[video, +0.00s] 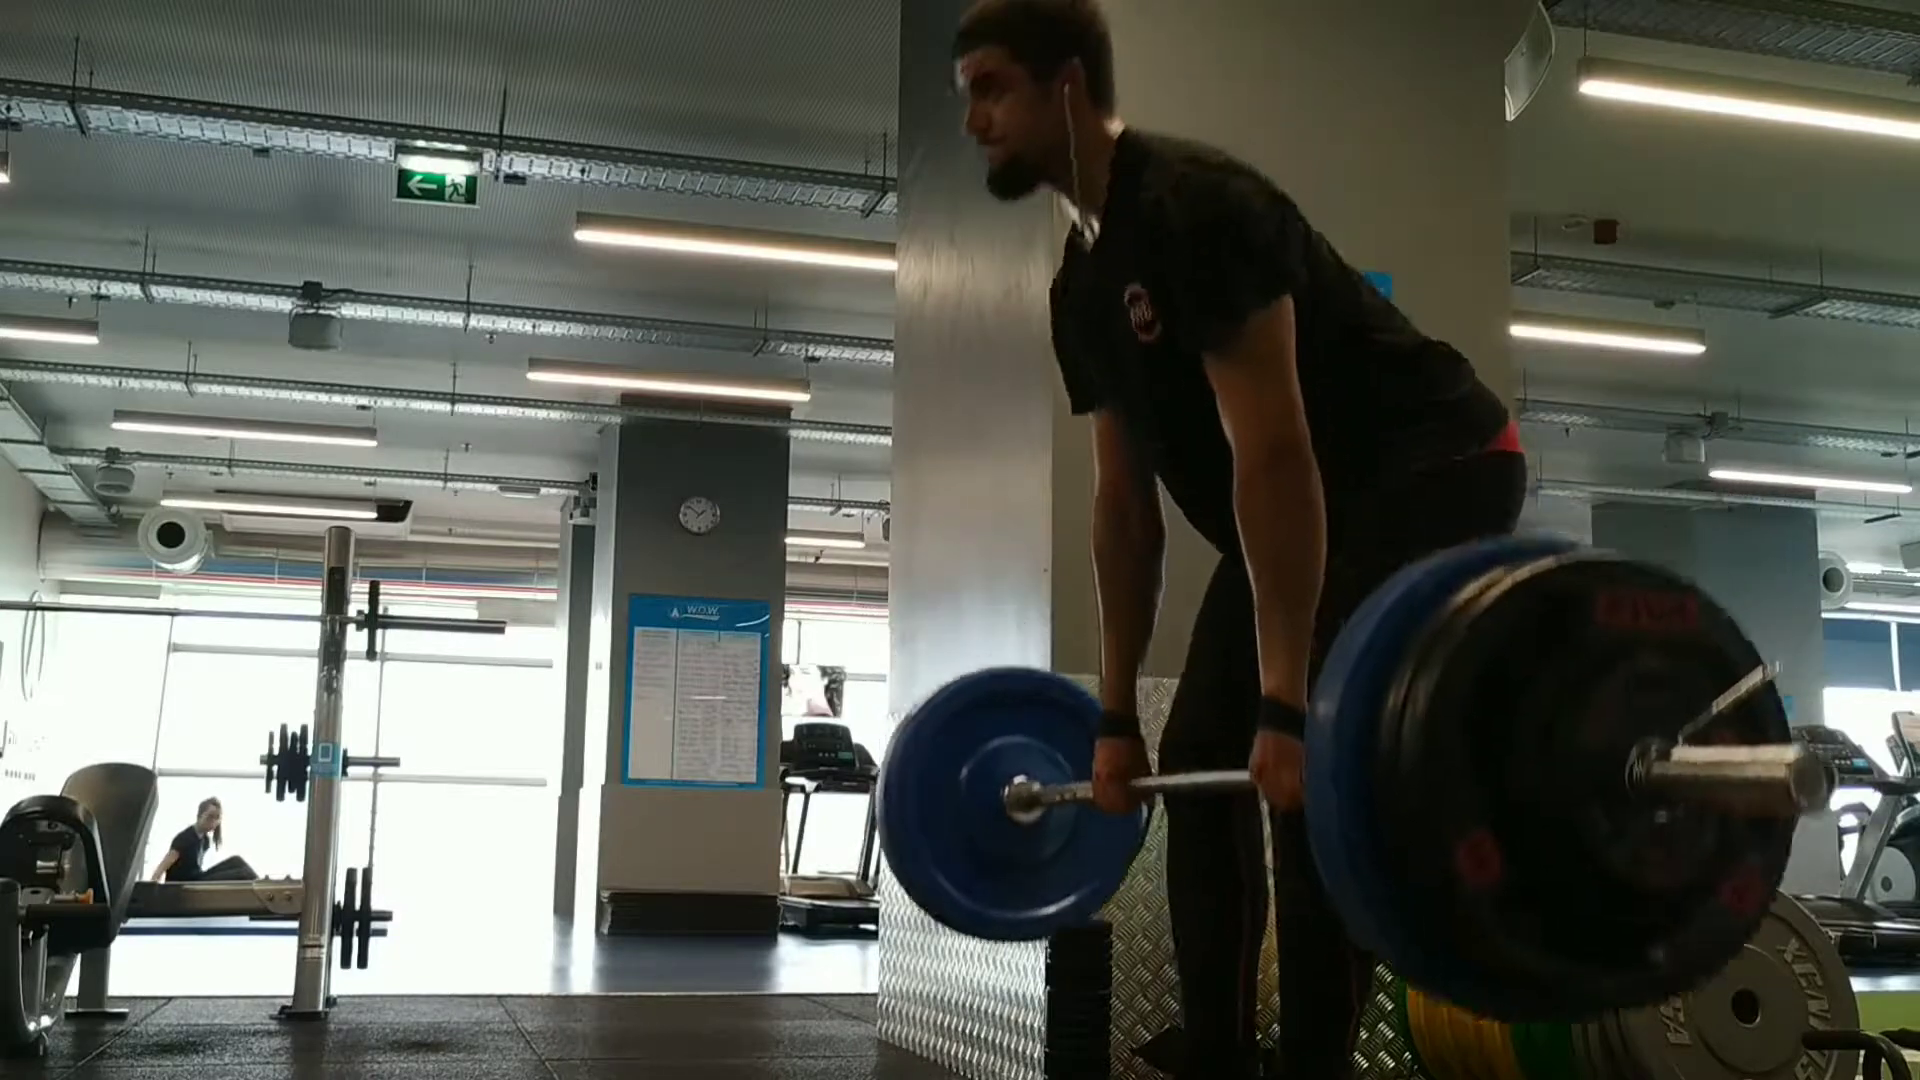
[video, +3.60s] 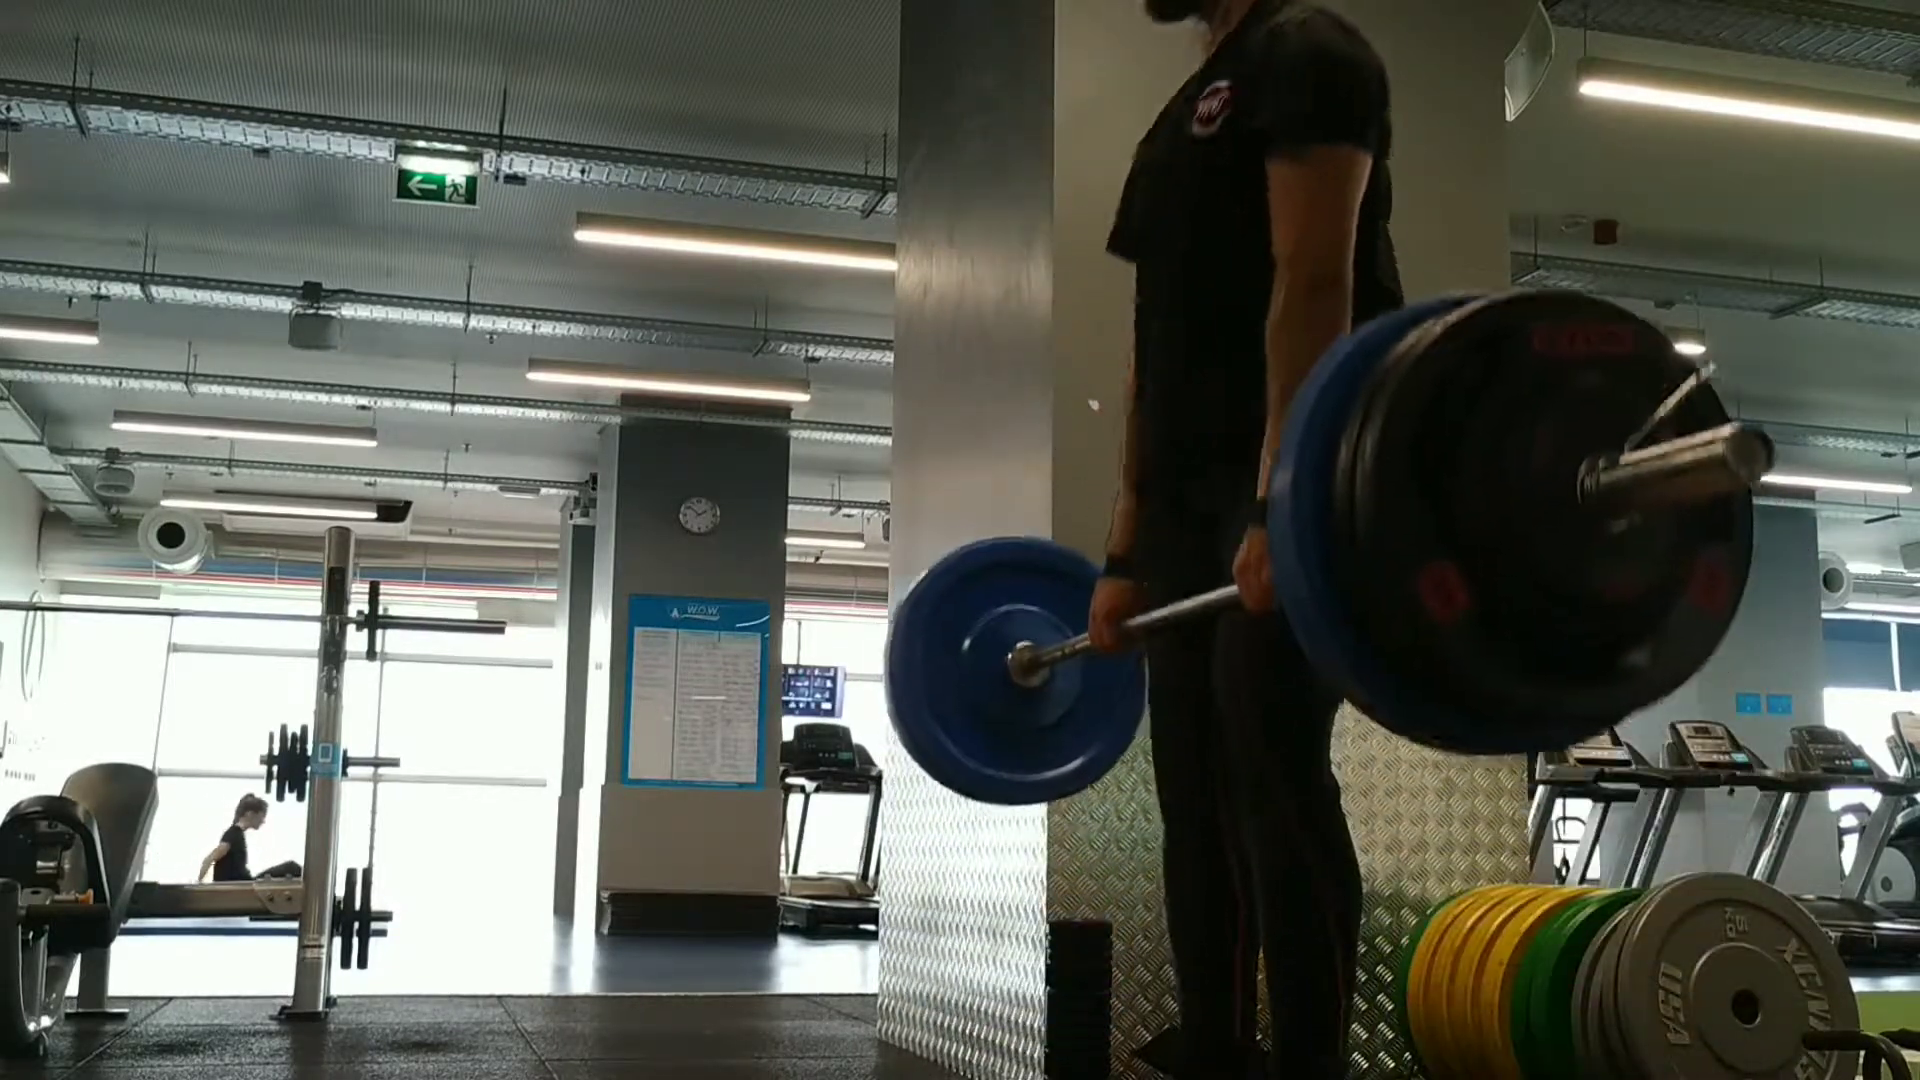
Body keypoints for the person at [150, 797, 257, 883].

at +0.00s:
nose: (213, 821)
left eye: (217, 818)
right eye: (210, 816)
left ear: (220, 821)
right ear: (200, 815)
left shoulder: (204, 839)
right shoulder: (186, 838)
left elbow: (193, 863)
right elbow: (163, 866)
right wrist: (151, 887)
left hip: (196, 879)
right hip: (184, 885)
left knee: (236, 861)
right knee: (240, 872)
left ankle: (259, 885)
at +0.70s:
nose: (212, 817)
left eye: (213, 813)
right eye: (209, 812)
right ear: (195, 812)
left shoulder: (194, 835)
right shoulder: (185, 835)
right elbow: (160, 864)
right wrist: (154, 889)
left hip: (193, 881)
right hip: (184, 888)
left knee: (235, 862)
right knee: (239, 872)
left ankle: (259, 886)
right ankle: (261, 891)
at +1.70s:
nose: (206, 816)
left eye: (207, 812)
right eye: (205, 811)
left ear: (193, 811)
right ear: (197, 810)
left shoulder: (188, 832)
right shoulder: (184, 833)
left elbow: (177, 867)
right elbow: (175, 867)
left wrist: (172, 892)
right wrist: (171, 893)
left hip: (210, 879)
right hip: (205, 884)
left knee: (254, 851)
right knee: (256, 857)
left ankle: (280, 882)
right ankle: (282, 884)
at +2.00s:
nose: (217, 820)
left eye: (218, 816)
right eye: (217, 815)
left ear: (202, 815)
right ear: (208, 815)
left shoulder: (201, 836)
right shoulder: (199, 837)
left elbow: (186, 869)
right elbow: (185, 869)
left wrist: (173, 891)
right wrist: (172, 892)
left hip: (227, 880)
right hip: (227, 883)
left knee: (267, 847)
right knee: (273, 853)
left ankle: (287, 886)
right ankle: (292, 888)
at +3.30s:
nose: (237, 823)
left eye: (237, 819)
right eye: (236, 819)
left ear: (217, 817)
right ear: (230, 819)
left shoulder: (203, 840)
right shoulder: (215, 842)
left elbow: (187, 868)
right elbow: (195, 869)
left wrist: (175, 885)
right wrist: (180, 886)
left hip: (224, 887)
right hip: (237, 887)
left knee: (276, 857)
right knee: (280, 858)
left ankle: (300, 881)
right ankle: (305, 881)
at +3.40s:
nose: (246, 822)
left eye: (246, 818)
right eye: (244, 817)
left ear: (231, 817)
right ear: (235, 817)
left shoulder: (214, 837)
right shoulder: (219, 839)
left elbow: (197, 867)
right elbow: (197, 867)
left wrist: (180, 885)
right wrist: (179, 886)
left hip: (235, 886)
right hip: (238, 888)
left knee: (281, 860)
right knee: (283, 860)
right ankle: (309, 882)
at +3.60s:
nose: (263, 821)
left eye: (264, 817)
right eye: (261, 816)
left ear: (248, 815)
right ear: (249, 814)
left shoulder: (237, 834)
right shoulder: (234, 833)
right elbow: (209, 859)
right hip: (236, 887)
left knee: (289, 868)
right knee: (291, 866)